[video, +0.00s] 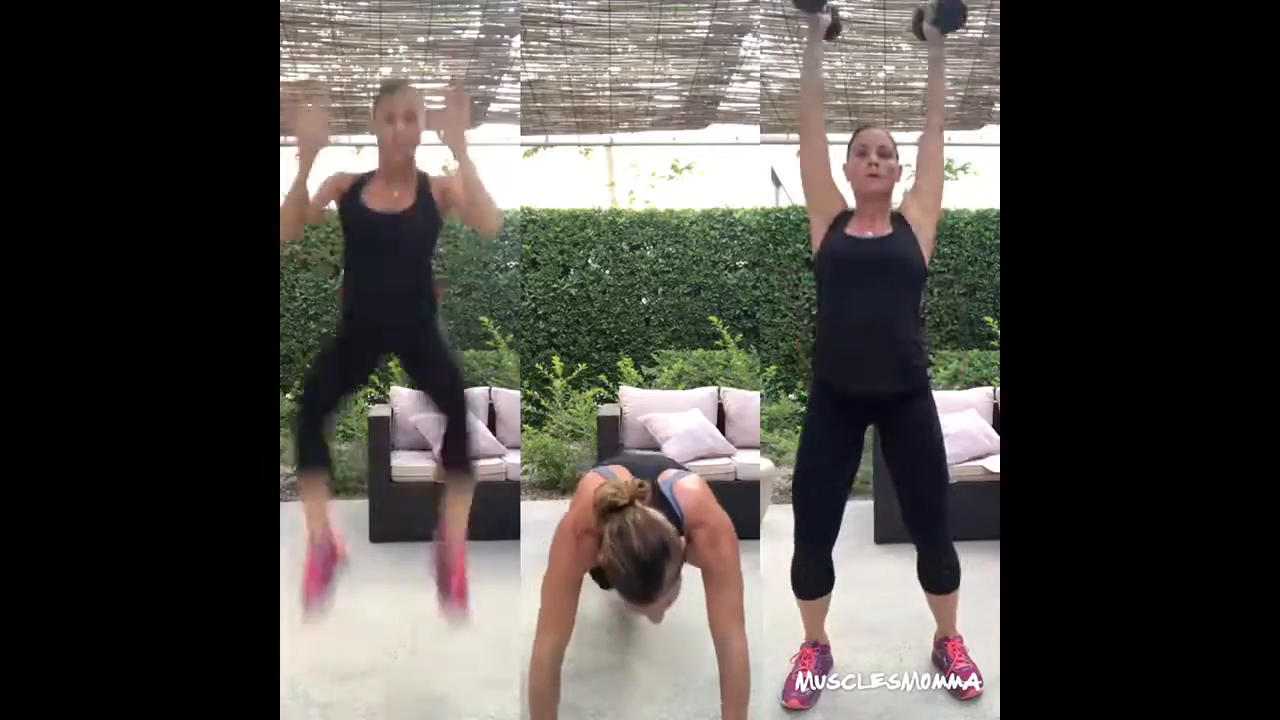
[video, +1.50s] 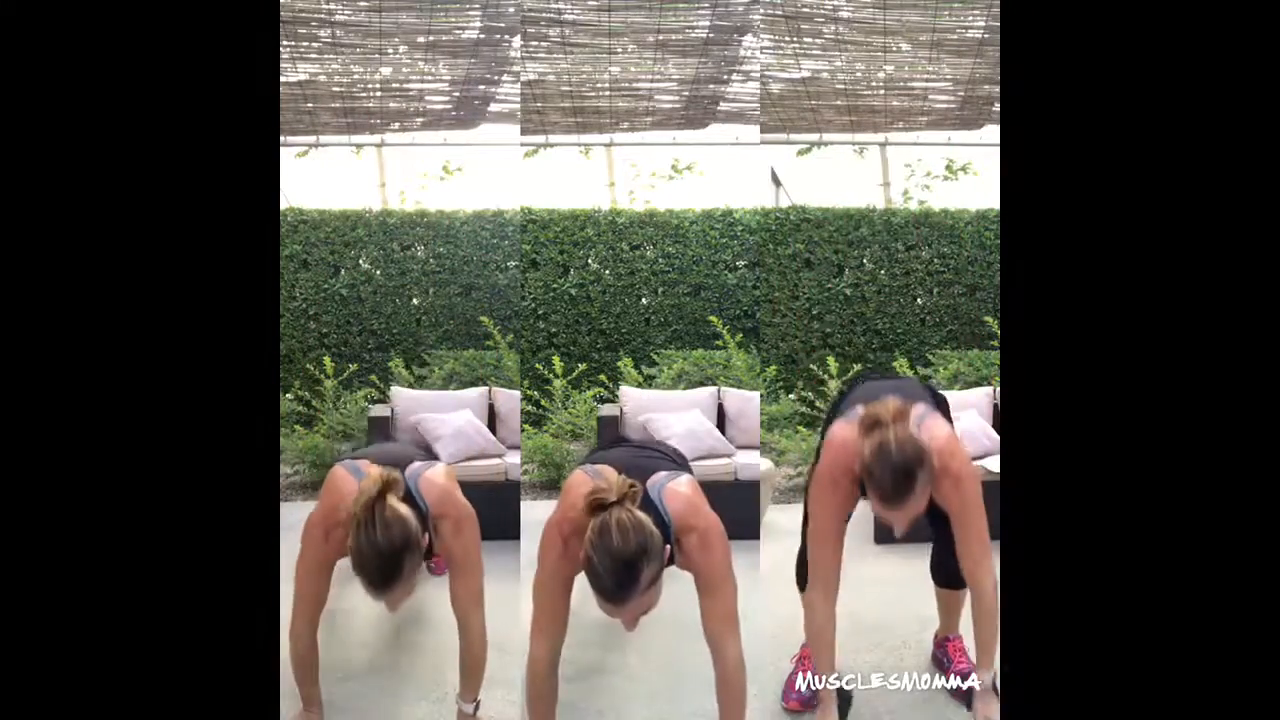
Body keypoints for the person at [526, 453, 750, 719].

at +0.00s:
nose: (656, 619)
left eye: (668, 602)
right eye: (639, 609)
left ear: (682, 546)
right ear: (603, 559)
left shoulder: (708, 519)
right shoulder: (577, 527)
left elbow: (730, 637)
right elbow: (548, 648)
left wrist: (734, 716)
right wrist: (543, 716)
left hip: (676, 474)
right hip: (605, 475)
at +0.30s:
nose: (671, 661)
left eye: (677, 649)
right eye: (658, 658)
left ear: (690, 585)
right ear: (612, 591)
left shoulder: (729, 530)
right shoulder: (597, 528)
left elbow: (744, 653)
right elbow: (556, 648)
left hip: (703, 418)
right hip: (625, 423)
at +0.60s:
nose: (689, 633)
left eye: (700, 614)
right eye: (675, 626)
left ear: (716, 561)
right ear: (633, 569)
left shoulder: (738, 517)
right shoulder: (614, 542)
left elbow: (747, 670)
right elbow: (564, 658)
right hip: (663, 471)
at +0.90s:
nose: (677, 655)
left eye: (686, 643)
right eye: (666, 652)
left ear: (701, 579)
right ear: (624, 586)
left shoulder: (733, 528)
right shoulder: (610, 530)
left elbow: (748, 668)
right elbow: (563, 657)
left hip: (725, 427)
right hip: (647, 437)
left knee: (736, 577)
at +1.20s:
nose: (635, 655)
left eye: (641, 647)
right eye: (623, 653)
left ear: (664, 588)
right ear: (582, 577)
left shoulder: (703, 531)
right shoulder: (568, 528)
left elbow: (732, 656)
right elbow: (543, 652)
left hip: (690, 422)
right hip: (615, 424)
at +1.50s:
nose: (629, 627)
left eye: (643, 612)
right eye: (614, 615)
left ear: (666, 558)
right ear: (585, 558)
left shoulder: (699, 527)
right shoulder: (564, 527)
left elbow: (726, 650)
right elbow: (543, 653)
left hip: (671, 462)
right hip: (597, 463)